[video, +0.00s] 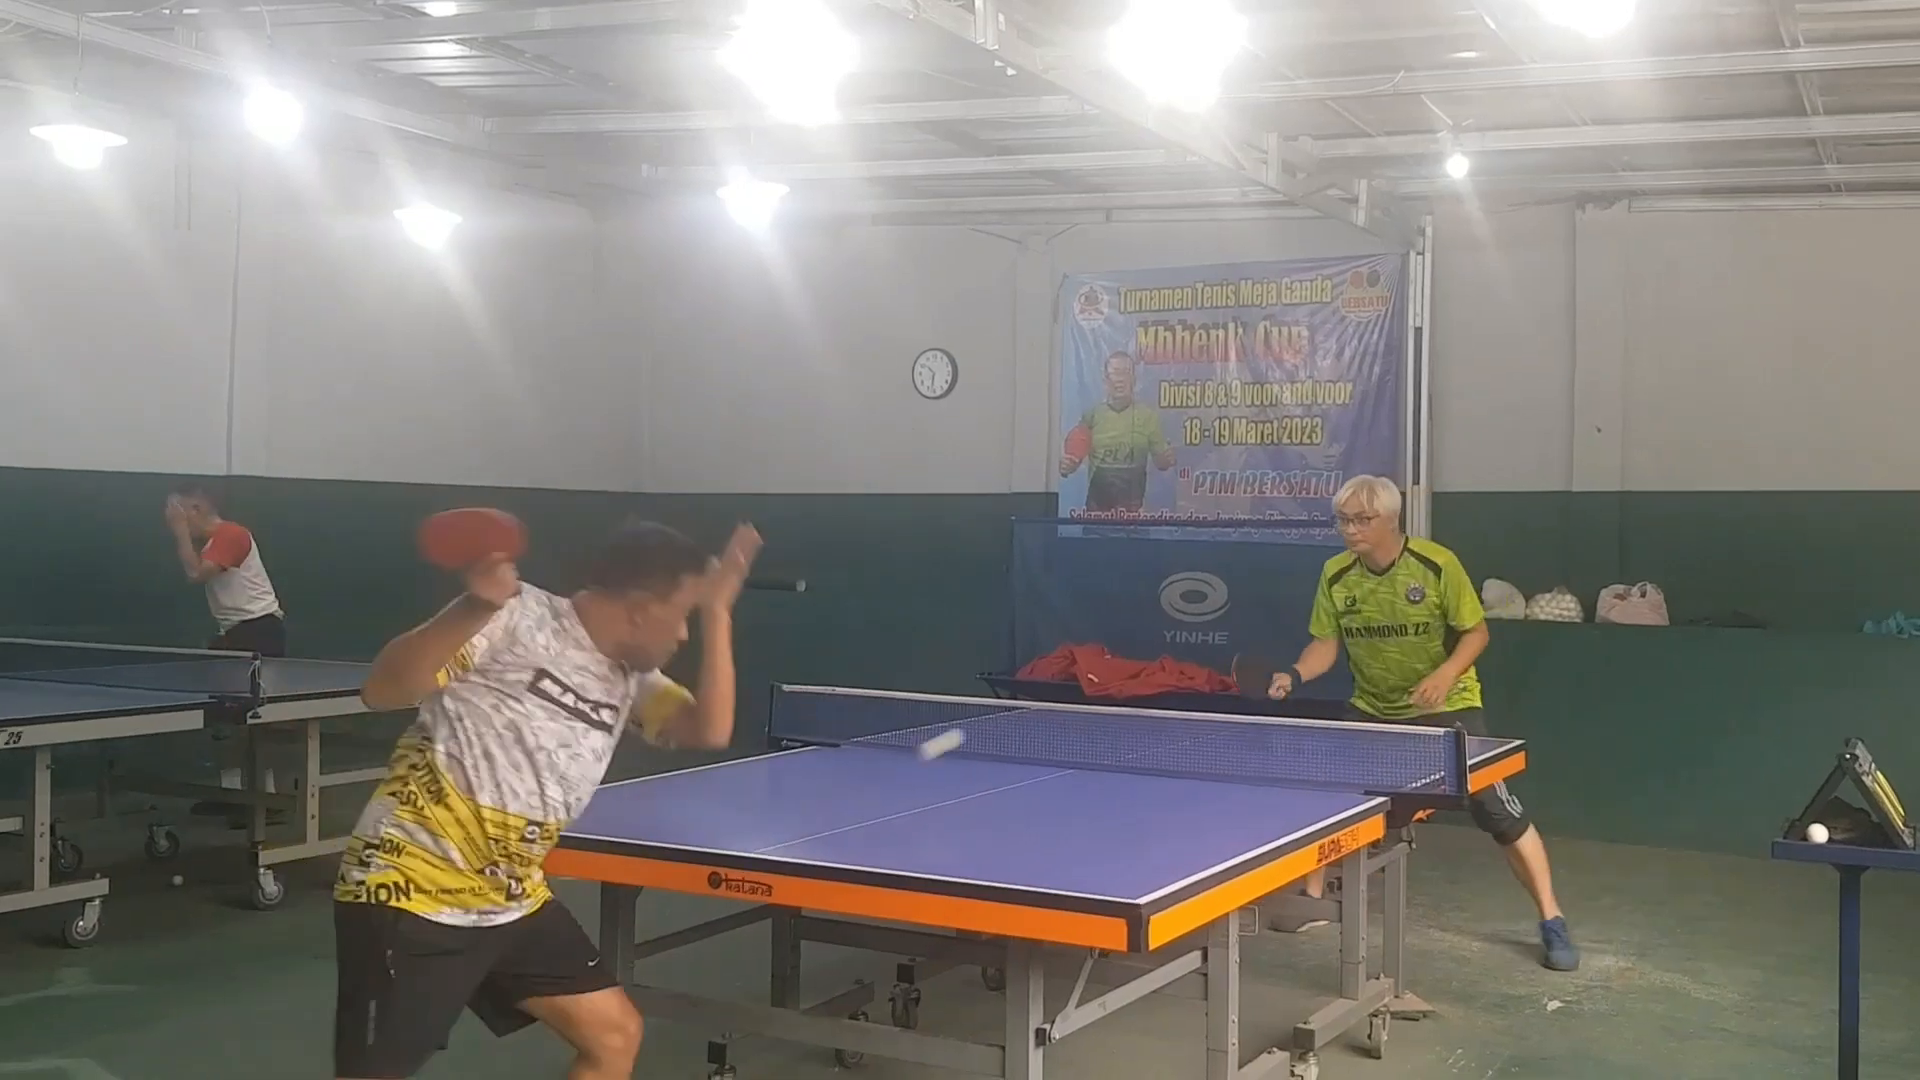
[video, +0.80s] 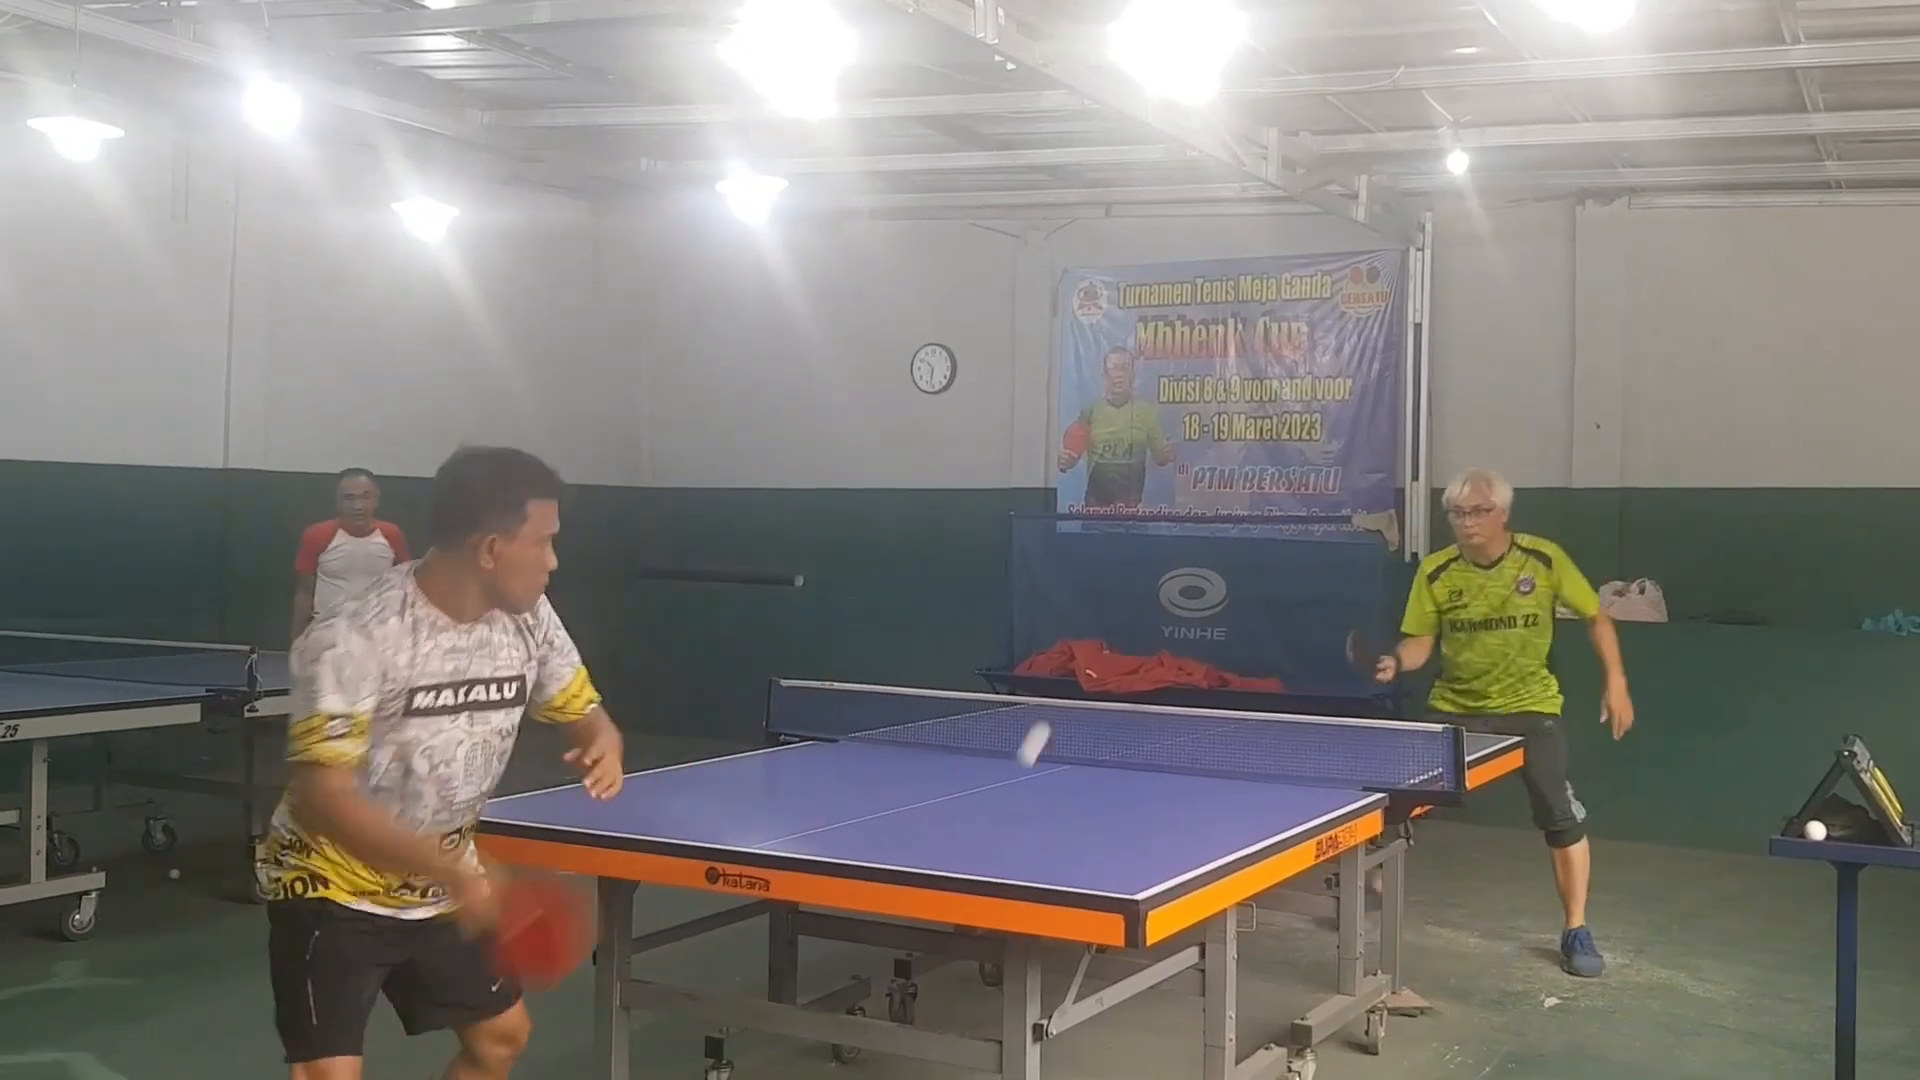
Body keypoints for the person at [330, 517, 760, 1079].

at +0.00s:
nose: (686, 635)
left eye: (692, 619)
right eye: (683, 615)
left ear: (639, 610)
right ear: (638, 605)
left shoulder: (628, 681)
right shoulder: (513, 611)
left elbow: (711, 729)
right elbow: (380, 689)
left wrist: (718, 612)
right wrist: (473, 607)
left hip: (509, 895)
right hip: (407, 889)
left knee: (615, 1037)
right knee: (372, 1069)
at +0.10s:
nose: (695, 637)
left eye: (699, 622)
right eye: (695, 620)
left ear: (652, 616)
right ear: (658, 615)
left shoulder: (639, 691)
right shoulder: (523, 618)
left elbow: (714, 761)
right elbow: (395, 706)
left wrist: (747, 674)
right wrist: (484, 657)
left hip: (507, 890)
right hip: (410, 877)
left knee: (618, 1027)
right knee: (405, 1070)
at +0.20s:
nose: (671, 616)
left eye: (674, 600)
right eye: (670, 597)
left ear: (626, 590)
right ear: (630, 589)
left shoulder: (608, 672)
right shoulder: (495, 613)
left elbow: (678, 757)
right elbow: (407, 717)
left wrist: (726, 702)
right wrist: (531, 696)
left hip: (490, 887)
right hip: (397, 878)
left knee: (600, 1025)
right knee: (404, 1070)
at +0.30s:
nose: (625, 583)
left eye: (627, 565)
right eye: (624, 564)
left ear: (580, 563)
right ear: (586, 563)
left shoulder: (543, 648)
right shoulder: (468, 606)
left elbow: (601, 749)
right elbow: (411, 727)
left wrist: (669, 719)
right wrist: (562, 715)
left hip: (450, 891)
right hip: (368, 896)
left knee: (551, 1024)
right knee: (370, 1067)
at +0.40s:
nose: (598, 564)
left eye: (600, 548)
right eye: (595, 547)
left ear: (547, 545)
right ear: (557, 546)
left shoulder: (507, 626)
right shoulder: (442, 601)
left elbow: (538, 736)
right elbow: (409, 732)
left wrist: (623, 722)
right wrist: (562, 725)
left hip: (416, 885)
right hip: (338, 890)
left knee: (510, 1016)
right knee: (349, 1068)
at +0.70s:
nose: (573, 540)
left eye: (572, 523)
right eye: (567, 522)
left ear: (520, 531)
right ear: (518, 528)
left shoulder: (522, 605)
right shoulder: (395, 606)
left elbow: (541, 711)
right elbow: (398, 770)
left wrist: (583, 772)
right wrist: (557, 769)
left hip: (431, 865)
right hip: (330, 865)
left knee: (479, 1022)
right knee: (325, 1067)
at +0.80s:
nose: (553, 562)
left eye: (553, 543)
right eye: (545, 543)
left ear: (494, 552)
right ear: (489, 550)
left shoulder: (526, 616)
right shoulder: (352, 633)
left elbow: (586, 715)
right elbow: (320, 798)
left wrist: (605, 745)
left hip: (442, 878)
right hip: (331, 879)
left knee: (503, 1035)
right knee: (330, 1069)